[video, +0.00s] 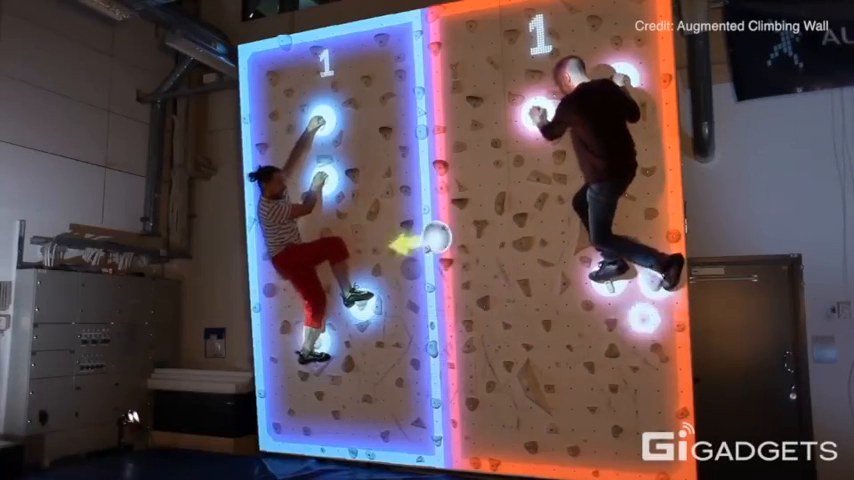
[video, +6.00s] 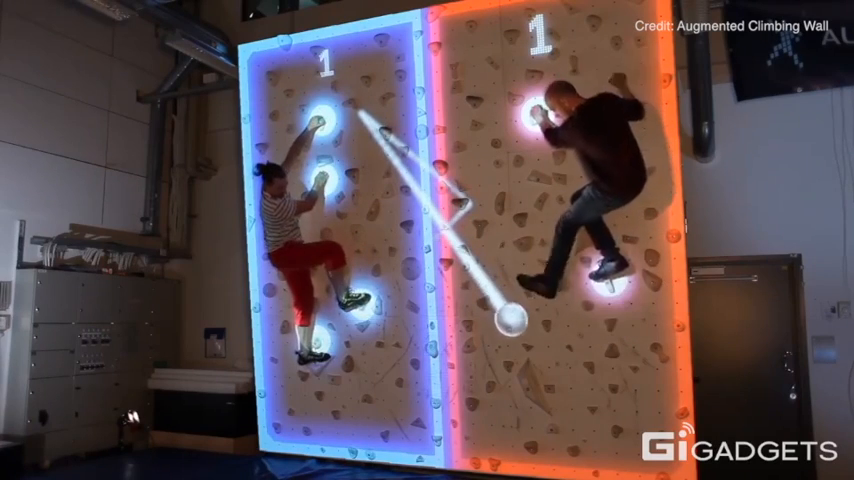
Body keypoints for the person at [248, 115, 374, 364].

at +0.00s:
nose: (284, 185)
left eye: (283, 181)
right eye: (279, 182)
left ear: (273, 185)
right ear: (267, 185)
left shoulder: (268, 200)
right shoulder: (274, 207)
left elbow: (291, 162)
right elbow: (306, 209)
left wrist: (309, 132)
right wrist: (317, 188)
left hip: (283, 259)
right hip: (291, 255)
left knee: (316, 298)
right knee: (333, 245)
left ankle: (307, 351)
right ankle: (349, 293)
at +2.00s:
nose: (286, 178)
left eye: (285, 173)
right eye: (282, 175)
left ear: (267, 178)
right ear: (272, 179)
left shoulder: (263, 194)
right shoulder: (278, 202)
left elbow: (286, 161)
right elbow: (313, 208)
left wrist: (305, 139)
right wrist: (320, 185)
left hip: (284, 257)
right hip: (295, 251)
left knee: (311, 299)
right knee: (340, 243)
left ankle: (306, 350)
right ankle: (348, 292)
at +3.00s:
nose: (284, 178)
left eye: (281, 175)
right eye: (280, 176)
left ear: (268, 183)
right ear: (269, 183)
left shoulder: (268, 194)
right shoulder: (278, 205)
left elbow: (298, 167)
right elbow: (311, 208)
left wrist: (330, 171)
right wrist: (320, 182)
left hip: (285, 256)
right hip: (293, 253)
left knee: (311, 301)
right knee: (338, 244)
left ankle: (306, 351)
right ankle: (348, 293)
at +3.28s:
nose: (299, 174)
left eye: (297, 171)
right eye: (295, 173)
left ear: (284, 180)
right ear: (284, 180)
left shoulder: (290, 188)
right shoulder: (286, 199)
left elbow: (323, 170)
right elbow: (315, 207)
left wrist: (359, 165)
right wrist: (319, 184)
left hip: (286, 249)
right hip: (292, 248)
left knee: (301, 299)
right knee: (337, 243)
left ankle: (304, 351)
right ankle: (348, 292)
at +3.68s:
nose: (306, 164)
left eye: (304, 162)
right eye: (302, 164)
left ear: (290, 171)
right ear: (294, 171)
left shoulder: (290, 183)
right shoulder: (293, 193)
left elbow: (318, 152)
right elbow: (322, 209)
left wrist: (342, 127)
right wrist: (321, 185)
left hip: (290, 246)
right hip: (300, 243)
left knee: (303, 296)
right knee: (345, 242)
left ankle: (305, 350)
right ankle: (348, 292)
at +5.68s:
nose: (283, 187)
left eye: (283, 183)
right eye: (279, 185)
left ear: (279, 181)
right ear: (269, 186)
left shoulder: (268, 195)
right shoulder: (279, 204)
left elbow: (290, 158)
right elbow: (311, 207)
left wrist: (308, 130)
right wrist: (320, 186)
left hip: (282, 254)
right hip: (291, 251)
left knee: (305, 300)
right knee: (333, 246)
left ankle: (305, 351)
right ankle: (346, 294)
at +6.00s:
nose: (285, 188)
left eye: (285, 184)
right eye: (280, 185)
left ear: (282, 181)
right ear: (270, 187)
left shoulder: (270, 193)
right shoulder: (278, 204)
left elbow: (292, 157)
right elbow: (309, 205)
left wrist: (309, 130)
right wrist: (320, 185)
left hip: (283, 253)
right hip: (288, 252)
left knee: (304, 299)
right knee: (332, 250)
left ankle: (305, 352)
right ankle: (344, 297)